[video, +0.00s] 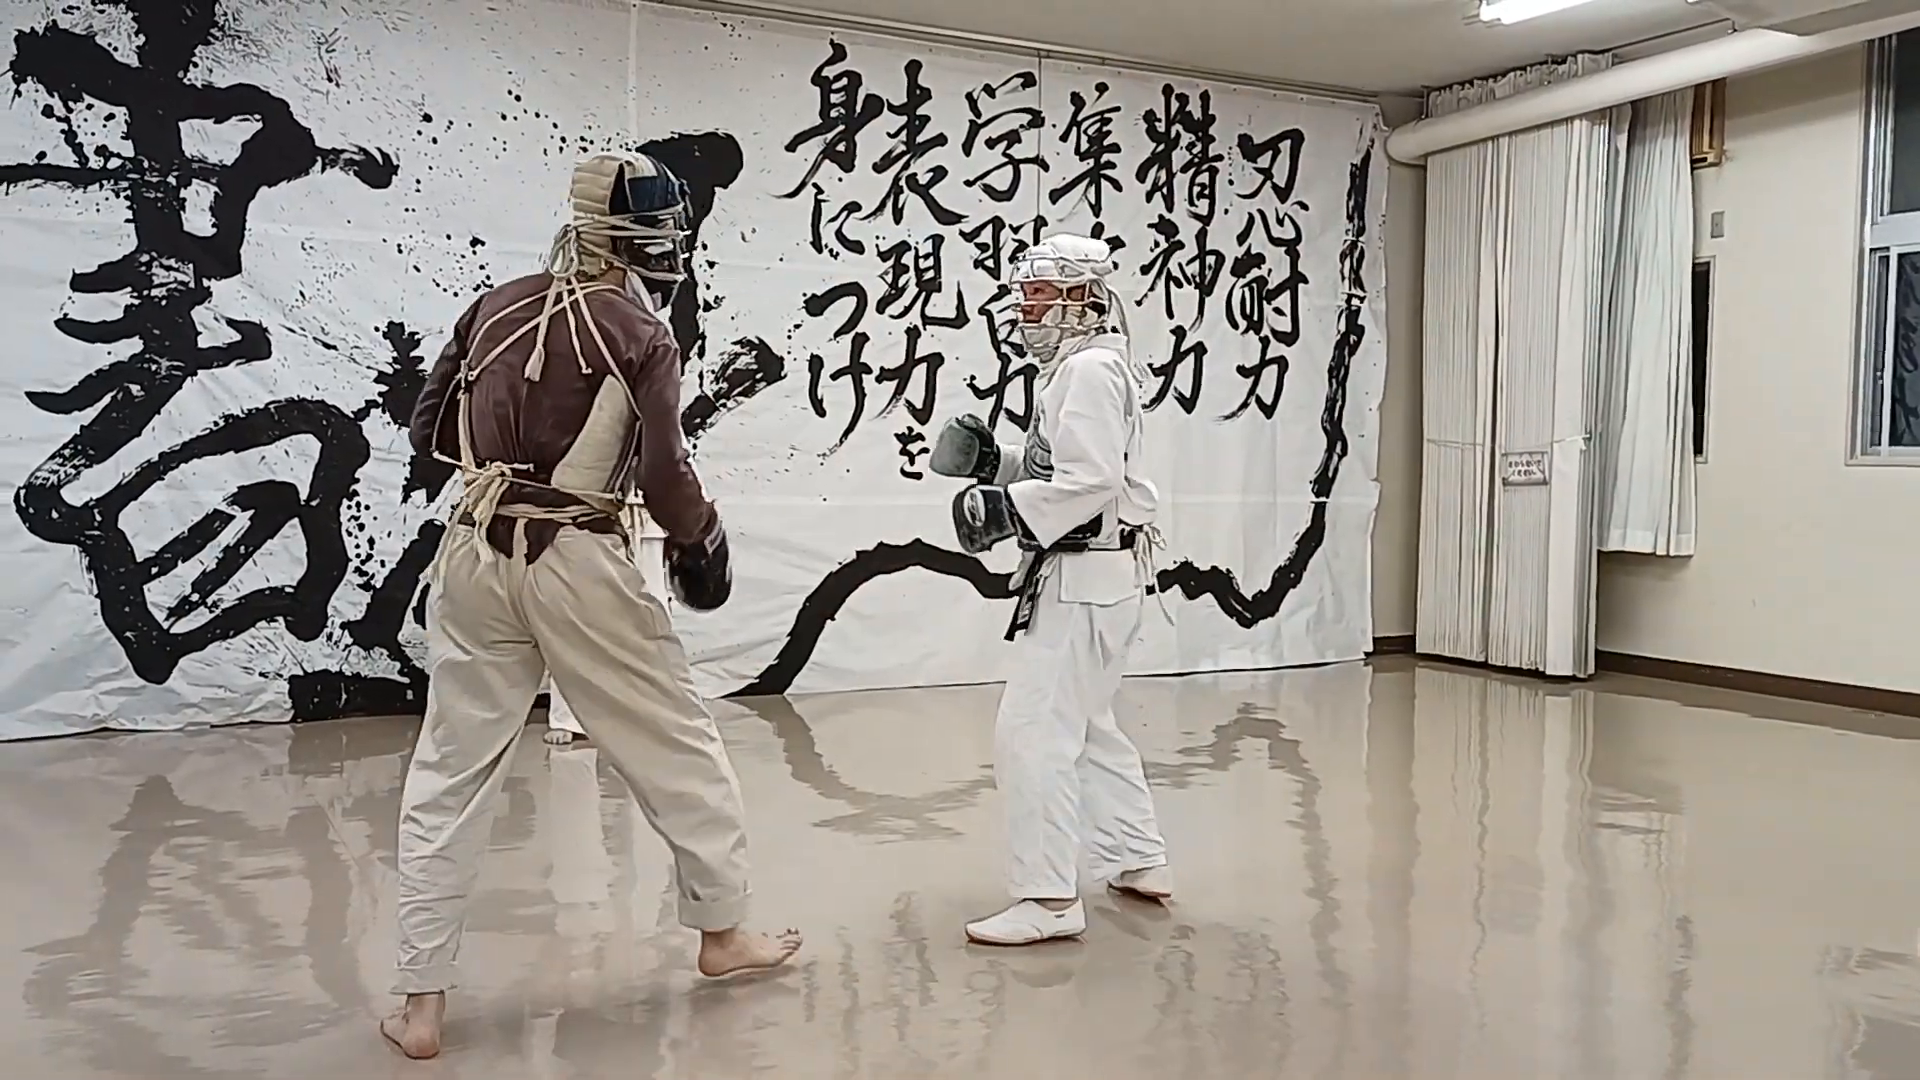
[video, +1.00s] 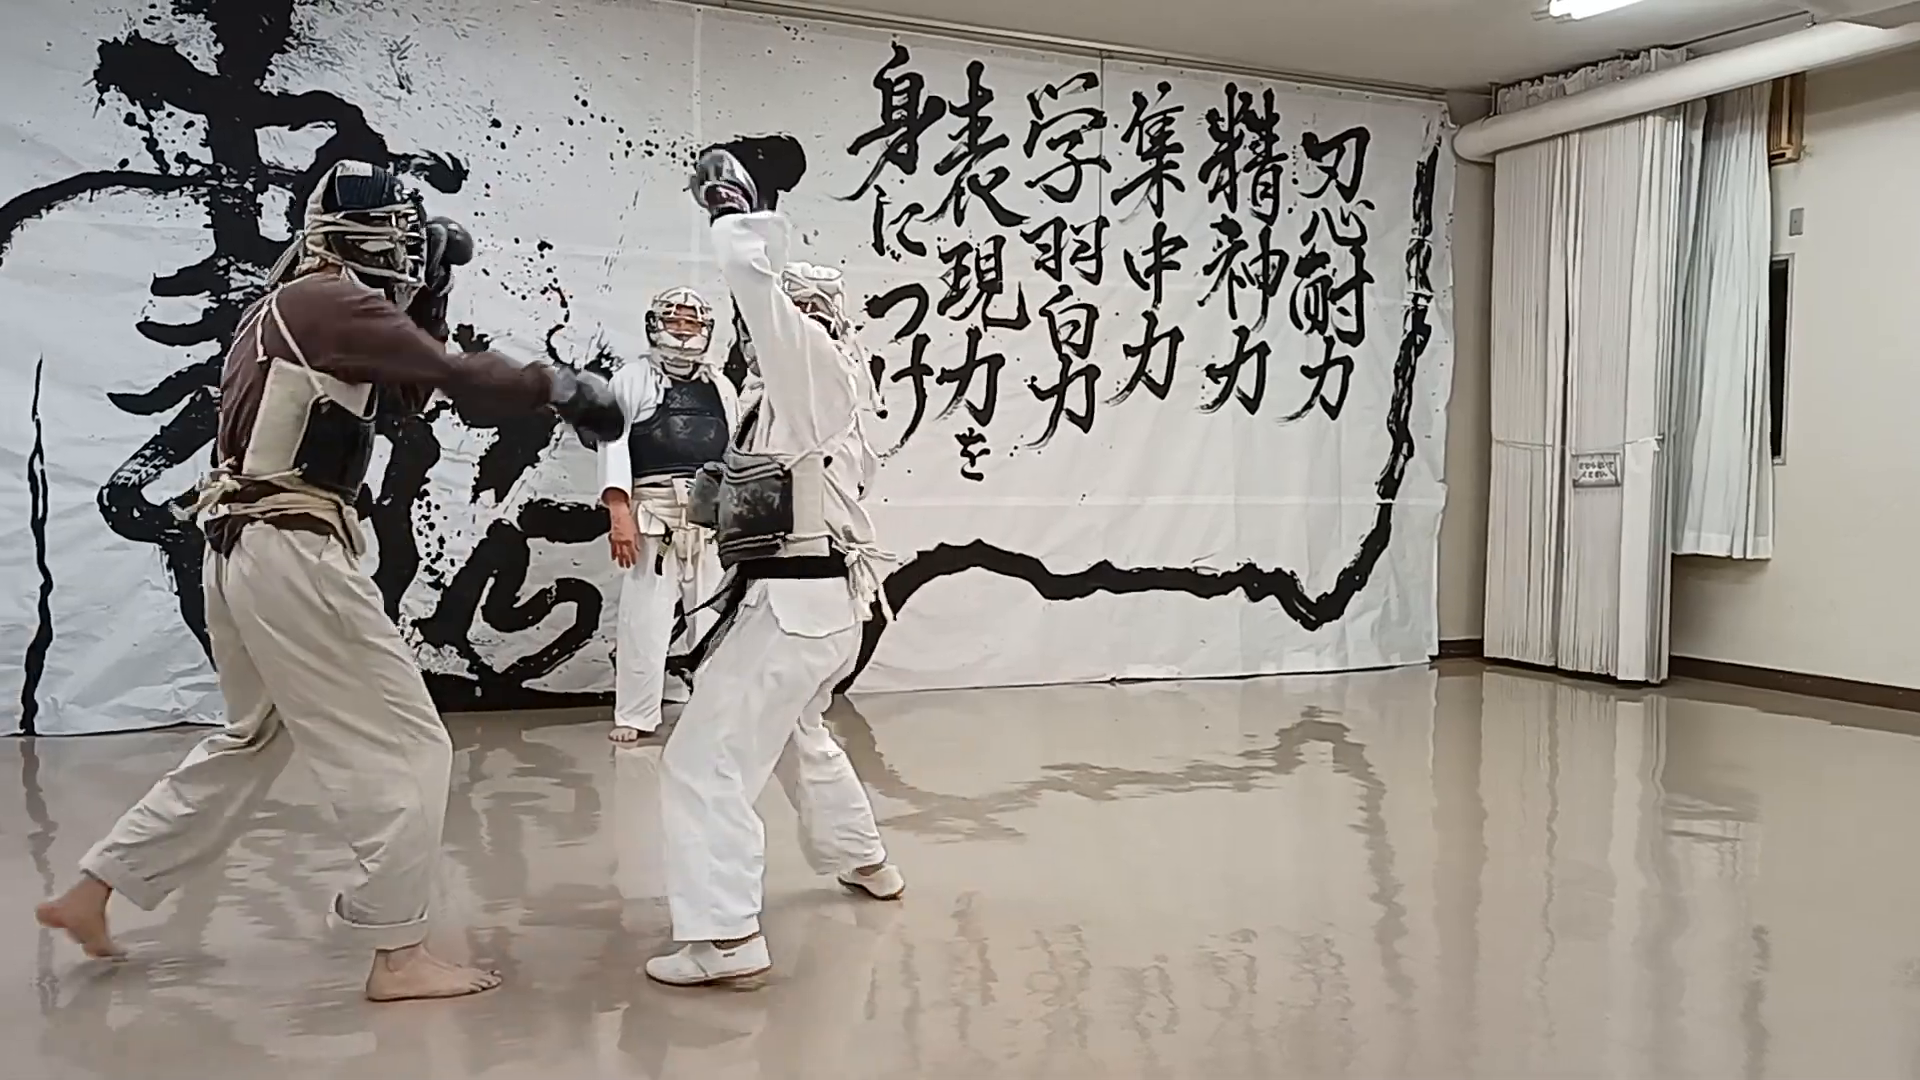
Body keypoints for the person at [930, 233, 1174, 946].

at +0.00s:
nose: (1025, 306)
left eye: (1038, 293)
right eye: (1024, 293)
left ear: (1077, 296)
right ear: (1057, 299)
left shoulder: (1088, 370)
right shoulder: (1085, 366)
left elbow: (1090, 478)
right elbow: (1068, 471)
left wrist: (1002, 507)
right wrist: (998, 460)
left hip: (1081, 576)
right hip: (1105, 571)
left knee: (1030, 726)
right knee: (1087, 719)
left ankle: (1050, 899)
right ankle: (1139, 862)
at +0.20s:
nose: (989, 331)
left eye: (1003, 316)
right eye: (988, 317)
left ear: (1045, 320)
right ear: (1032, 324)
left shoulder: (1057, 389)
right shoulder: (1052, 387)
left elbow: (1084, 491)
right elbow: (1085, 502)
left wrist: (999, 523)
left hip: (1064, 597)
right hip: (1103, 591)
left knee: (958, 722)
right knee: (1088, 728)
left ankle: (993, 888)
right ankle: (1153, 869)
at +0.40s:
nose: (916, 319)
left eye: (927, 308)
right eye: (917, 307)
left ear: (953, 313)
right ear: (993, 315)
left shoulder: (936, 375)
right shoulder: (1030, 391)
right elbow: (1086, 488)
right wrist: (1089, 562)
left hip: (963, 580)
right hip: (1040, 573)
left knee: (977, 757)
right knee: (1085, 725)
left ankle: (1031, 914)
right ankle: (1129, 850)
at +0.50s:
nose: (867, 293)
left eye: (879, 281)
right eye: (869, 280)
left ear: (911, 284)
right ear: (946, 287)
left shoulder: (874, 346)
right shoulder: (995, 358)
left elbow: (757, 368)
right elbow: (1066, 459)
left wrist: (657, 350)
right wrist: (1073, 549)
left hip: (919, 545)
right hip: (1004, 544)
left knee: (937, 732)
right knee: (1011, 714)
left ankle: (984, 890)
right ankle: (1019, 873)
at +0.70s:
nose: (771, 321)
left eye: (779, 310)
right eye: (772, 308)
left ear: (796, 312)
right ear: (846, 314)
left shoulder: (762, 375)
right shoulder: (893, 390)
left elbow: (670, 443)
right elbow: (952, 487)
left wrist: (725, 459)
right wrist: (919, 576)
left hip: (807, 602)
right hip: (893, 599)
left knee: (738, 762)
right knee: (931, 742)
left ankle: (695, 943)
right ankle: (1002, 888)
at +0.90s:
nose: (738, 323)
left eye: (750, 308)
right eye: (751, 309)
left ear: (779, 314)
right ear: (812, 320)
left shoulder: (785, 361)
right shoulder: (840, 390)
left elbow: (710, 271)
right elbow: (861, 502)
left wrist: (650, 195)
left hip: (784, 594)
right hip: (840, 595)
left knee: (694, 756)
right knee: (815, 733)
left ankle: (697, 941)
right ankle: (888, 861)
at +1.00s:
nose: (780, 315)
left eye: (792, 303)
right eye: (786, 301)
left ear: (811, 313)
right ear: (824, 316)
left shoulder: (816, 364)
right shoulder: (810, 379)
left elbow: (750, 271)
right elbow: (760, 496)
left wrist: (734, 203)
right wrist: (684, 497)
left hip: (795, 596)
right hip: (827, 593)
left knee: (703, 758)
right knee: (794, 722)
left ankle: (724, 935)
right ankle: (863, 858)